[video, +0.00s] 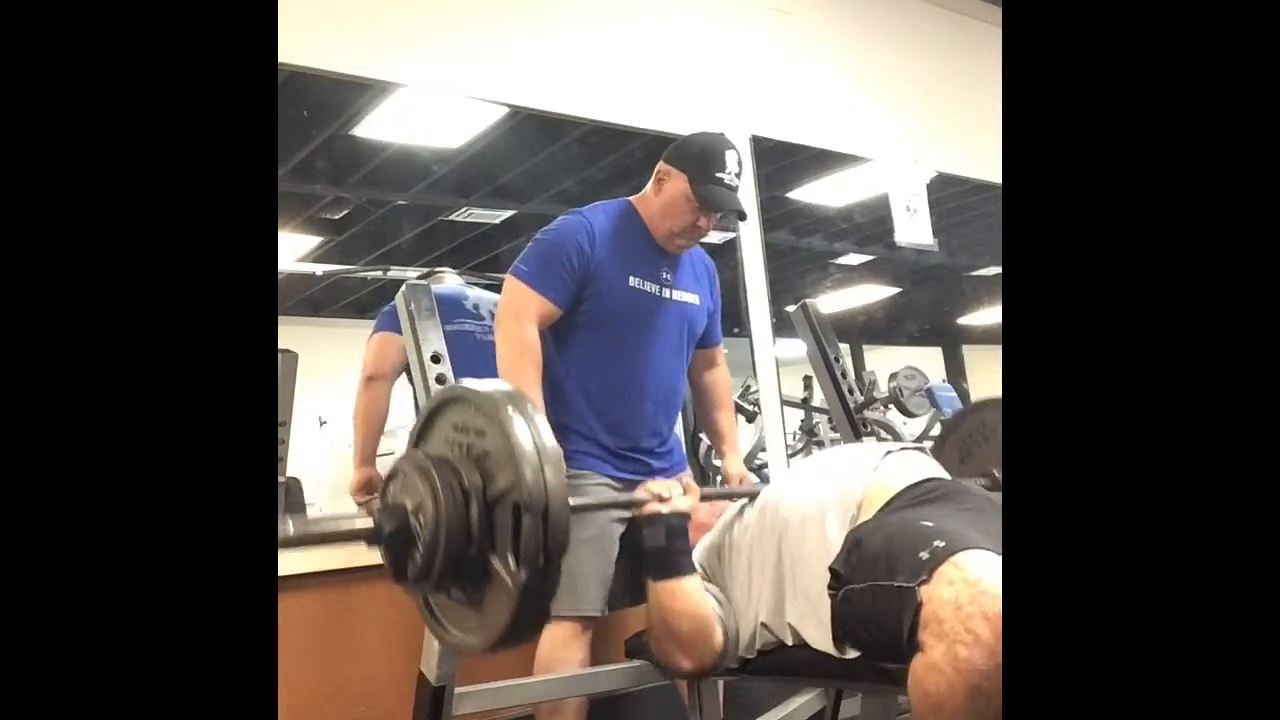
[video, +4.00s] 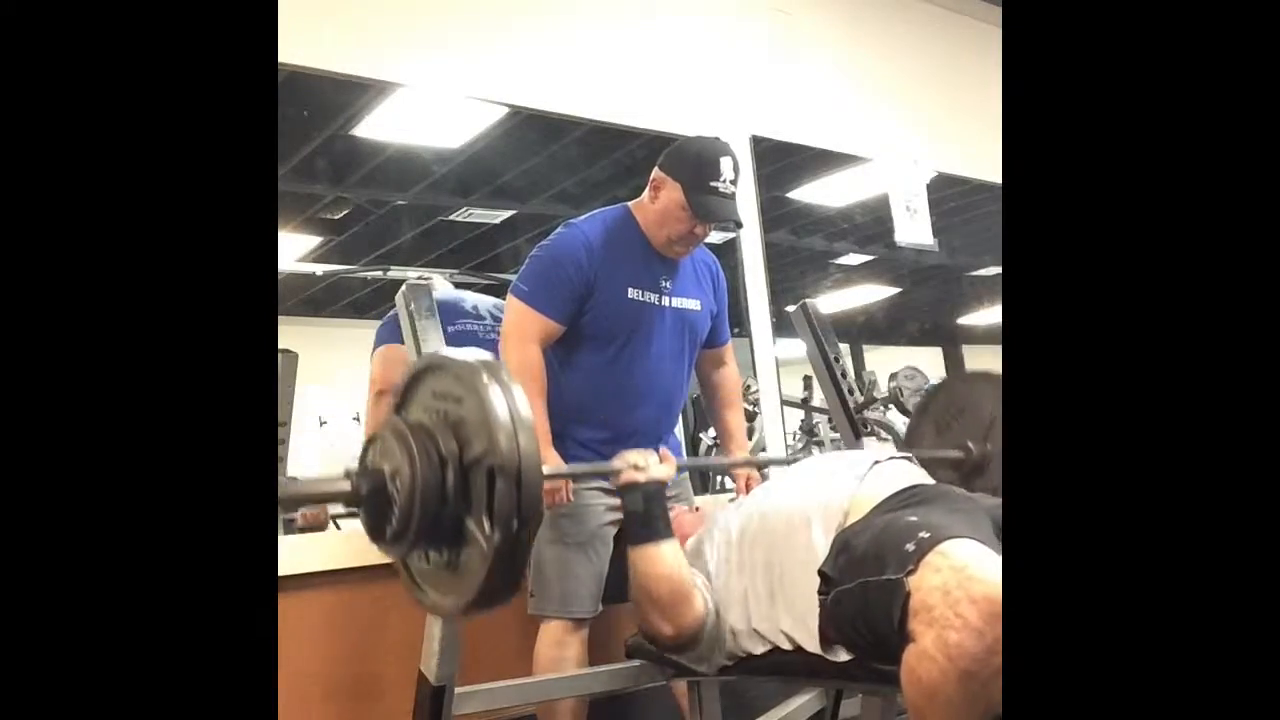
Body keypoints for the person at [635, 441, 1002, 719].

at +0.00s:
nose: (691, 496)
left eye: (689, 489)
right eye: (678, 505)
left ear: (708, 492)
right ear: (683, 541)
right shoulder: (708, 582)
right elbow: (687, 659)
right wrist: (661, 534)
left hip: (954, 488)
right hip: (879, 526)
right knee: (981, 606)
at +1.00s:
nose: (707, 496)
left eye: (699, 493)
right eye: (686, 504)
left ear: (713, 498)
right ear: (674, 537)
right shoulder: (695, 576)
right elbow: (686, 641)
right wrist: (652, 515)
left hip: (945, 491)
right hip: (869, 532)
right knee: (982, 608)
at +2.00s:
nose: (694, 500)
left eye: (694, 496)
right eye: (679, 508)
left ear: (713, 498)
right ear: (674, 540)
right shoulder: (694, 573)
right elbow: (682, 639)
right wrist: (650, 514)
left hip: (946, 491)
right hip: (873, 525)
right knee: (980, 612)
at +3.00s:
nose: (688, 502)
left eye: (690, 497)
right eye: (674, 506)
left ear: (708, 503)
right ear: (667, 540)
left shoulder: (755, 510)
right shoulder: (691, 580)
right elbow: (675, 635)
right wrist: (645, 512)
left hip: (941, 492)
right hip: (866, 531)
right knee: (979, 601)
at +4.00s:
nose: (677, 504)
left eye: (678, 498)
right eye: (667, 510)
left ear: (694, 500)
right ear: (664, 544)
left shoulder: (758, 502)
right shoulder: (691, 585)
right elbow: (670, 624)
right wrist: (644, 502)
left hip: (941, 491)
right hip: (866, 530)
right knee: (978, 610)